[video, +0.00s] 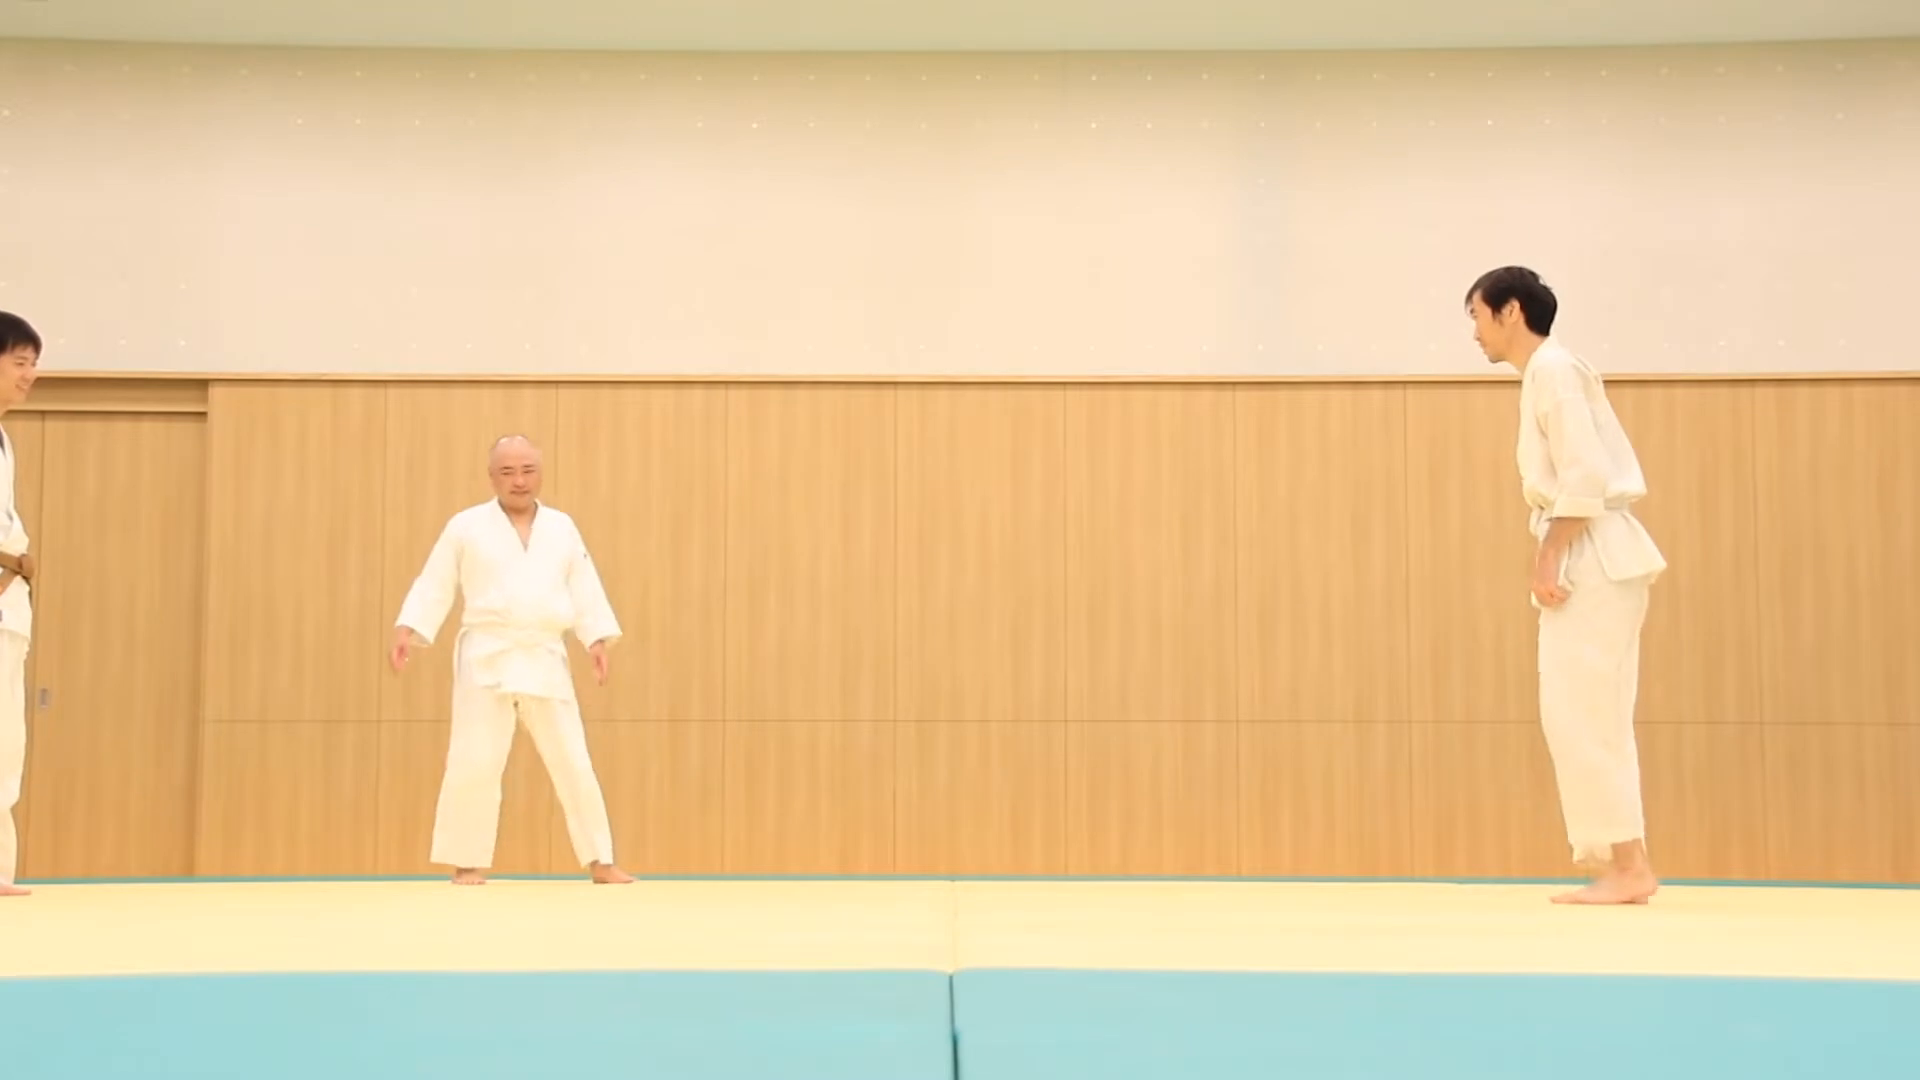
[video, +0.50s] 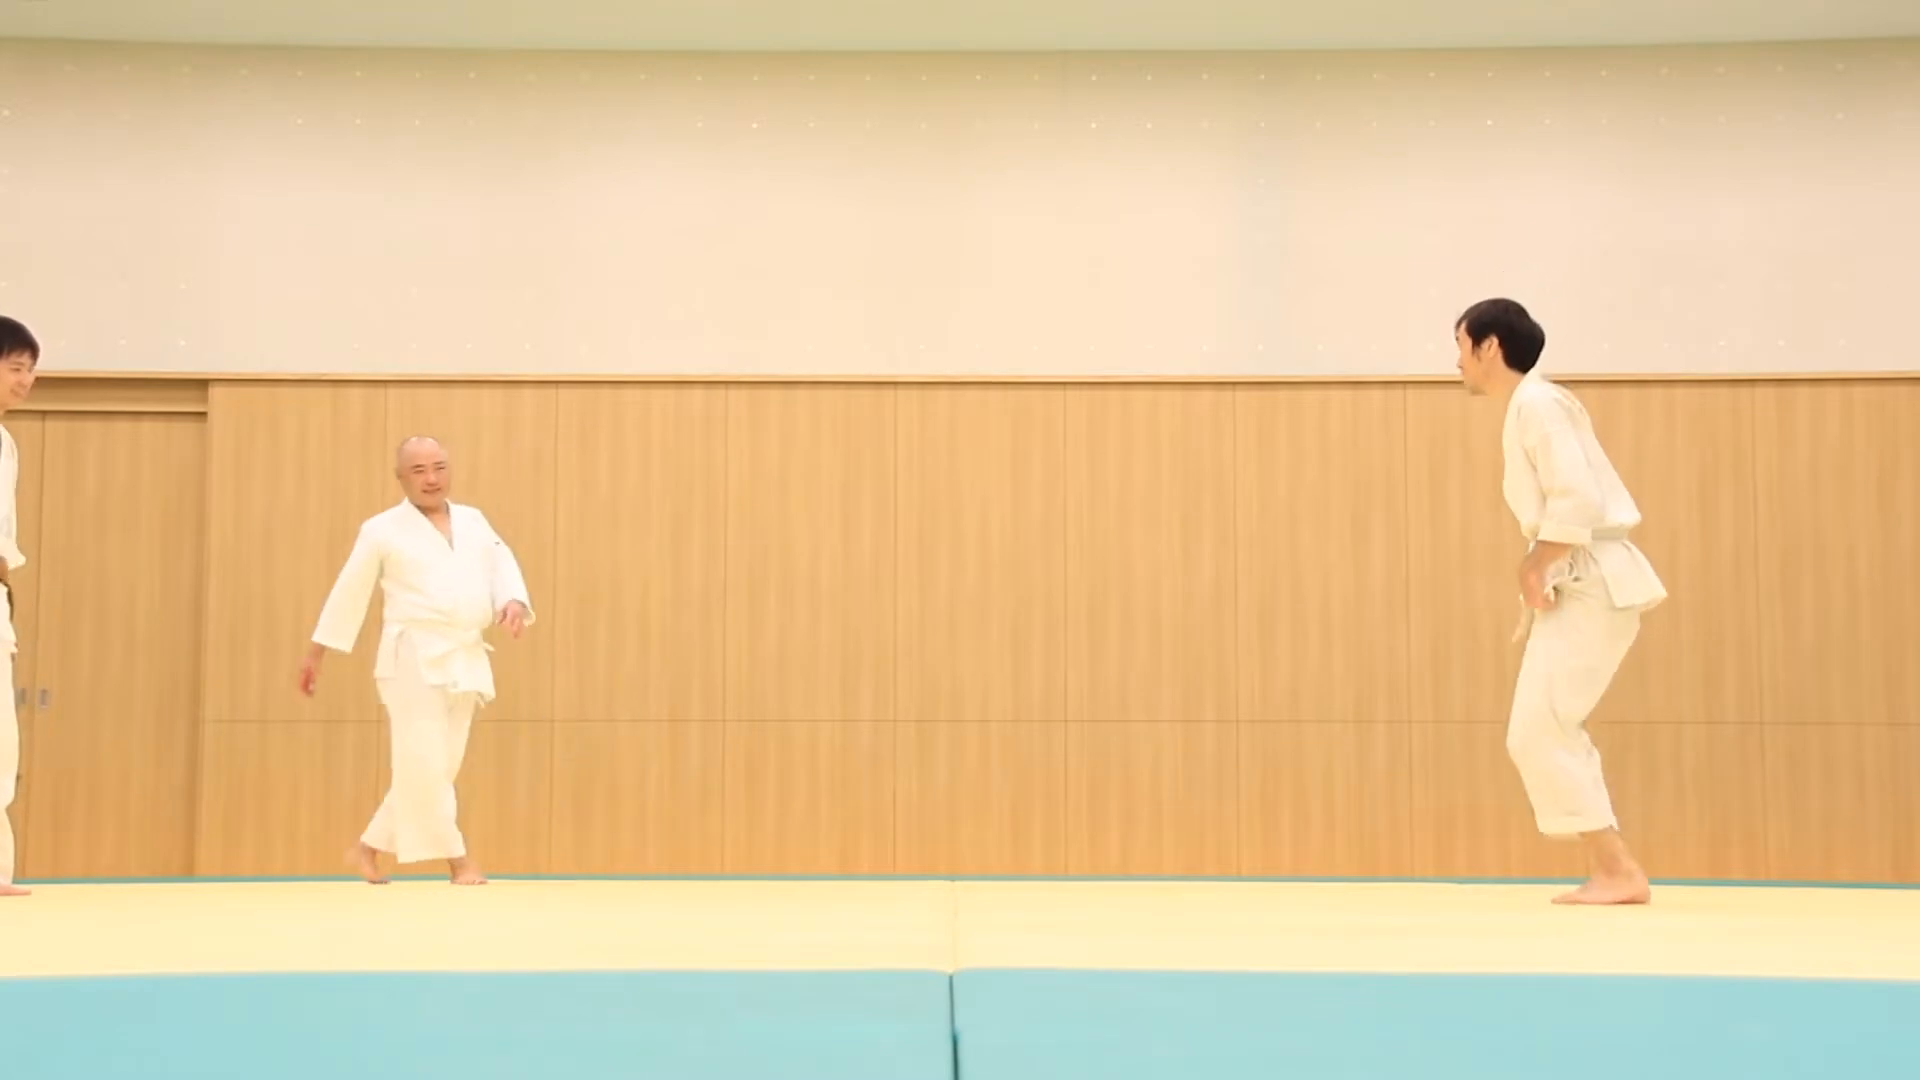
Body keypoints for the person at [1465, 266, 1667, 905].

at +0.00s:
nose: (1475, 332)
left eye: (1479, 317)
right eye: (1473, 320)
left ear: (1512, 314)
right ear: (1517, 313)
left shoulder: (1551, 371)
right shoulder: (1548, 371)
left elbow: (1584, 471)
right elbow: (1585, 472)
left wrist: (1549, 552)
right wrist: (1552, 552)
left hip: (1594, 558)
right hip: (1594, 558)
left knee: (1579, 709)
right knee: (1588, 709)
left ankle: (1626, 868)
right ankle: (1626, 867)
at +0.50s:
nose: (1458, 361)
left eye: (1462, 348)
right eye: (1458, 348)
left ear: (1492, 347)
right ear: (1500, 348)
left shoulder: (1537, 403)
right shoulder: (1532, 403)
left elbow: (1575, 497)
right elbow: (1573, 499)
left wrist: (1536, 562)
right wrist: (1541, 570)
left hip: (1596, 586)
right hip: (1583, 586)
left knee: (1538, 726)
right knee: (1542, 724)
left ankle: (1616, 870)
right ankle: (1613, 869)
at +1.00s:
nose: (1445, 428)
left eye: (1451, 415)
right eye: (1447, 414)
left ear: (1478, 420)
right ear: (1486, 421)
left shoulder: (1506, 481)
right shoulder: (1506, 481)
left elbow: (1532, 571)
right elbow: (1530, 581)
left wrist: (1460, 622)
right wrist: (1462, 633)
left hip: (1513, 675)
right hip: (1501, 674)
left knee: (1430, 819)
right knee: (1431, 819)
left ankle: (1583, 849)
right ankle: (1577, 851)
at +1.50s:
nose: (1339, 505)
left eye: (1347, 492)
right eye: (1341, 492)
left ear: (1378, 501)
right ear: (1377, 503)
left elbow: (1369, 672)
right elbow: (1356, 670)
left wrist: (1302, 734)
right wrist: (1299, 728)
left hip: (1476, 735)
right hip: (1444, 735)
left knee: (1398, 877)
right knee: (1403, 871)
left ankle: (1530, 839)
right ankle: (1525, 840)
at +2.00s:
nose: (1360, 565)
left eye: (1368, 550)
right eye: (1360, 551)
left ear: (1401, 558)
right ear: (1400, 559)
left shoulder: (1444, 617)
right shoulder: (1428, 621)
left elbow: (1376, 712)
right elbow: (1417, 737)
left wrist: (1290, 774)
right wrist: (1394, 696)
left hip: (1528, 775)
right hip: (1499, 774)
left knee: (1404, 878)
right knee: (1401, 873)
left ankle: (1543, 854)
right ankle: (1542, 851)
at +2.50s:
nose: (1461, 558)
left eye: (1467, 541)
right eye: (1461, 543)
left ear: (1504, 548)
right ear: (1502, 550)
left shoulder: (1539, 614)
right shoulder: (1524, 613)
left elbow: (1526, 718)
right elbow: (1536, 726)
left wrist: (1438, 717)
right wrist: (1473, 738)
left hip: (1553, 789)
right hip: (1532, 782)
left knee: (1408, 876)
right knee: (1405, 872)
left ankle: (1550, 855)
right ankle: (1546, 856)